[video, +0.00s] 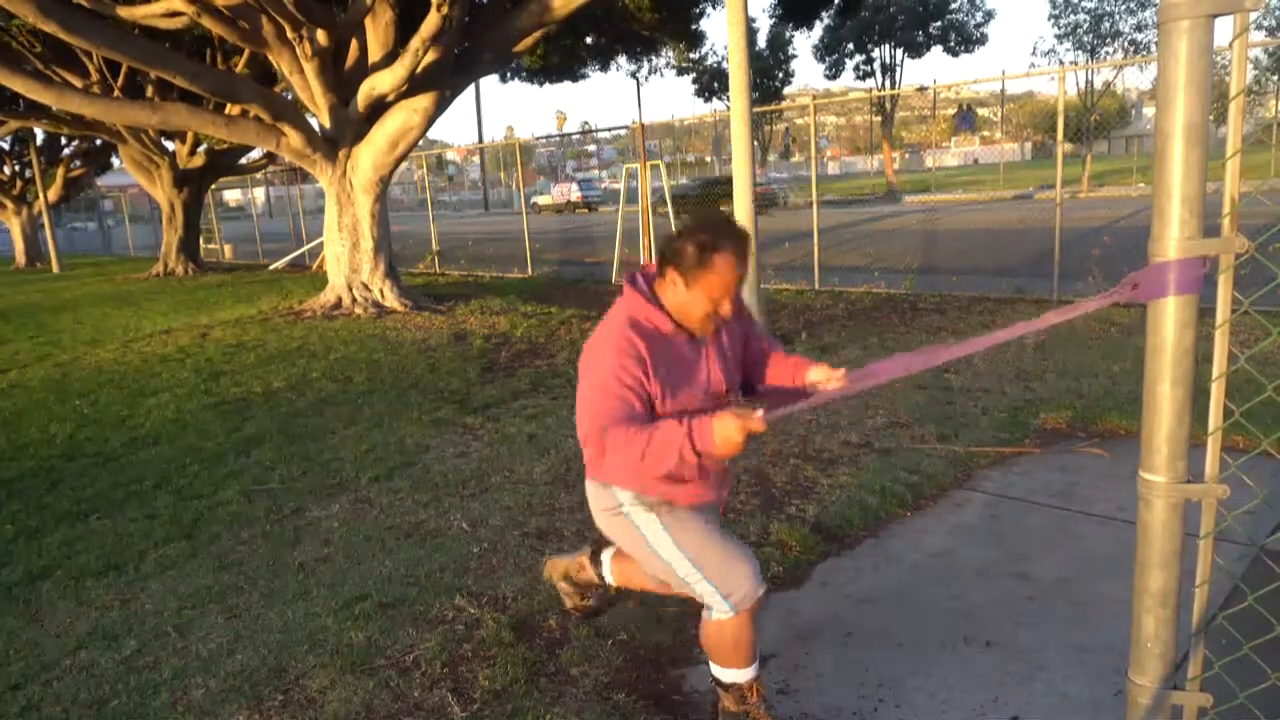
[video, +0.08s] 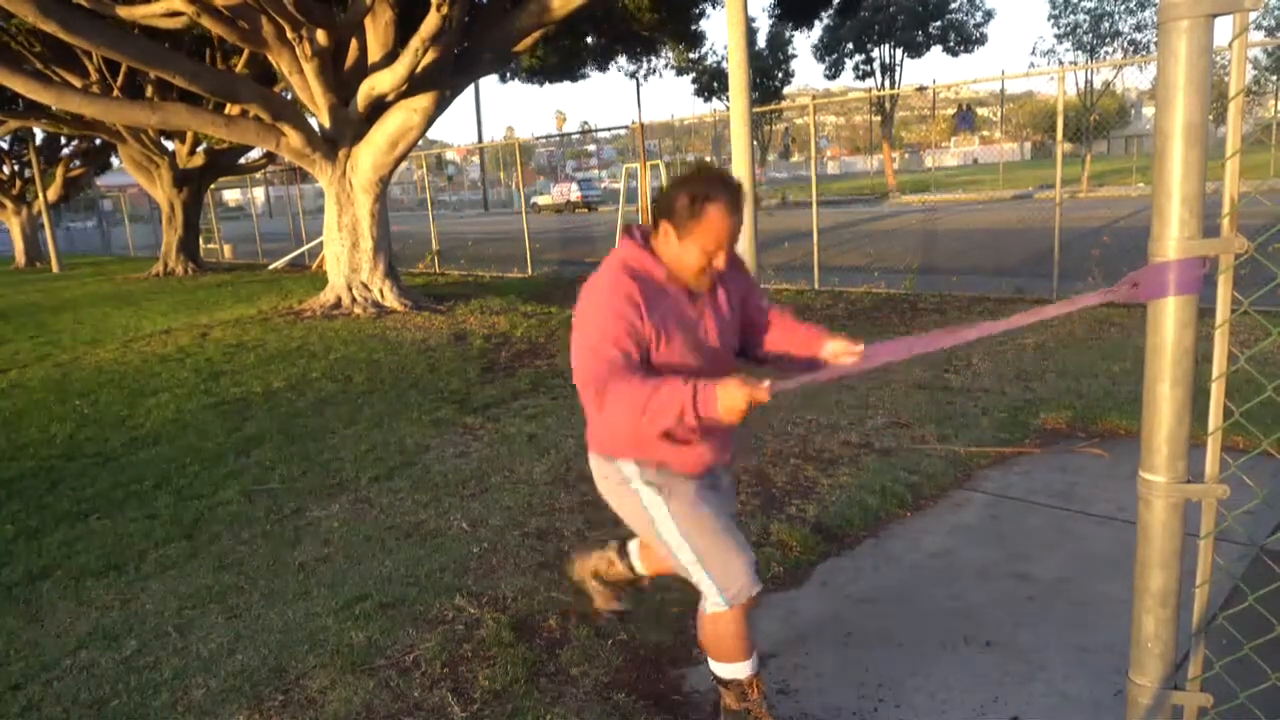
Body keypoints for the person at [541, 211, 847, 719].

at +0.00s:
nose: (728, 311)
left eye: (732, 298)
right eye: (716, 300)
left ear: (736, 284)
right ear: (671, 281)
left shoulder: (722, 314)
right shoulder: (619, 341)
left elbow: (757, 361)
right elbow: (610, 447)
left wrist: (807, 375)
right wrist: (703, 436)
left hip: (693, 482)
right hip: (630, 494)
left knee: (693, 575)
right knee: (735, 585)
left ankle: (586, 571)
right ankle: (739, 703)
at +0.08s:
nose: (720, 264)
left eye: (727, 250)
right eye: (709, 252)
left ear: (733, 237)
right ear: (666, 234)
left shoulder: (725, 276)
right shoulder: (612, 293)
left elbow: (760, 327)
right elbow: (612, 402)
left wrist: (820, 344)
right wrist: (705, 399)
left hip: (705, 451)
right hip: (636, 462)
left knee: (705, 551)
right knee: (731, 582)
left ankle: (605, 566)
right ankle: (741, 701)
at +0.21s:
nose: (726, 216)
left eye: (734, 201)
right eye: (716, 203)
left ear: (741, 189)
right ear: (674, 179)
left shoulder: (733, 225)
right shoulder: (616, 230)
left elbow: (773, 279)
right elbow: (624, 327)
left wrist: (836, 305)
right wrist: (726, 334)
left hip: (703, 407)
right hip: (627, 414)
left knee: (731, 519)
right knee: (677, 546)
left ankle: (715, 634)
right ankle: (703, 686)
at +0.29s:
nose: (733, 211)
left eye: (742, 197)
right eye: (724, 197)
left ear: (749, 185)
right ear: (684, 172)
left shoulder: (737, 218)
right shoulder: (625, 220)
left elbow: (776, 270)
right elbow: (639, 311)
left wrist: (845, 284)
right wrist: (751, 314)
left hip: (704, 401)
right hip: (624, 406)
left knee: (736, 531)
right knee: (670, 545)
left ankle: (756, 668)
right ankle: (641, 658)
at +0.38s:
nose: (743, 233)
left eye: (752, 220)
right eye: (732, 220)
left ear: (760, 206)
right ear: (691, 197)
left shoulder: (747, 247)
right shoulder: (634, 240)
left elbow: (797, 290)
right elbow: (653, 325)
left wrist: (861, 300)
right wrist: (764, 330)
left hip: (713, 434)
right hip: (636, 440)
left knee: (761, 555)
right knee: (654, 597)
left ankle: (776, 691)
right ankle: (588, 603)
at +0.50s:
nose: (772, 297)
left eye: (780, 283)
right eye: (760, 284)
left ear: (788, 269)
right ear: (719, 262)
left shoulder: (771, 305)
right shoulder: (655, 302)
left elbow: (804, 355)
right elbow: (660, 403)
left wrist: (863, 368)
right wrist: (761, 410)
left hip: (725, 476)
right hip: (643, 483)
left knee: (785, 566)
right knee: (639, 637)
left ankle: (779, 699)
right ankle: (571, 608)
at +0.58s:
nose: (790, 349)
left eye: (797, 334)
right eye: (779, 333)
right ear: (738, 311)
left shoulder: (773, 347)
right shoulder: (667, 346)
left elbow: (802, 409)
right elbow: (660, 456)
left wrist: (860, 407)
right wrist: (762, 462)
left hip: (722, 494)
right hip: (639, 505)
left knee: (785, 564)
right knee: (643, 658)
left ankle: (778, 699)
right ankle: (575, 612)